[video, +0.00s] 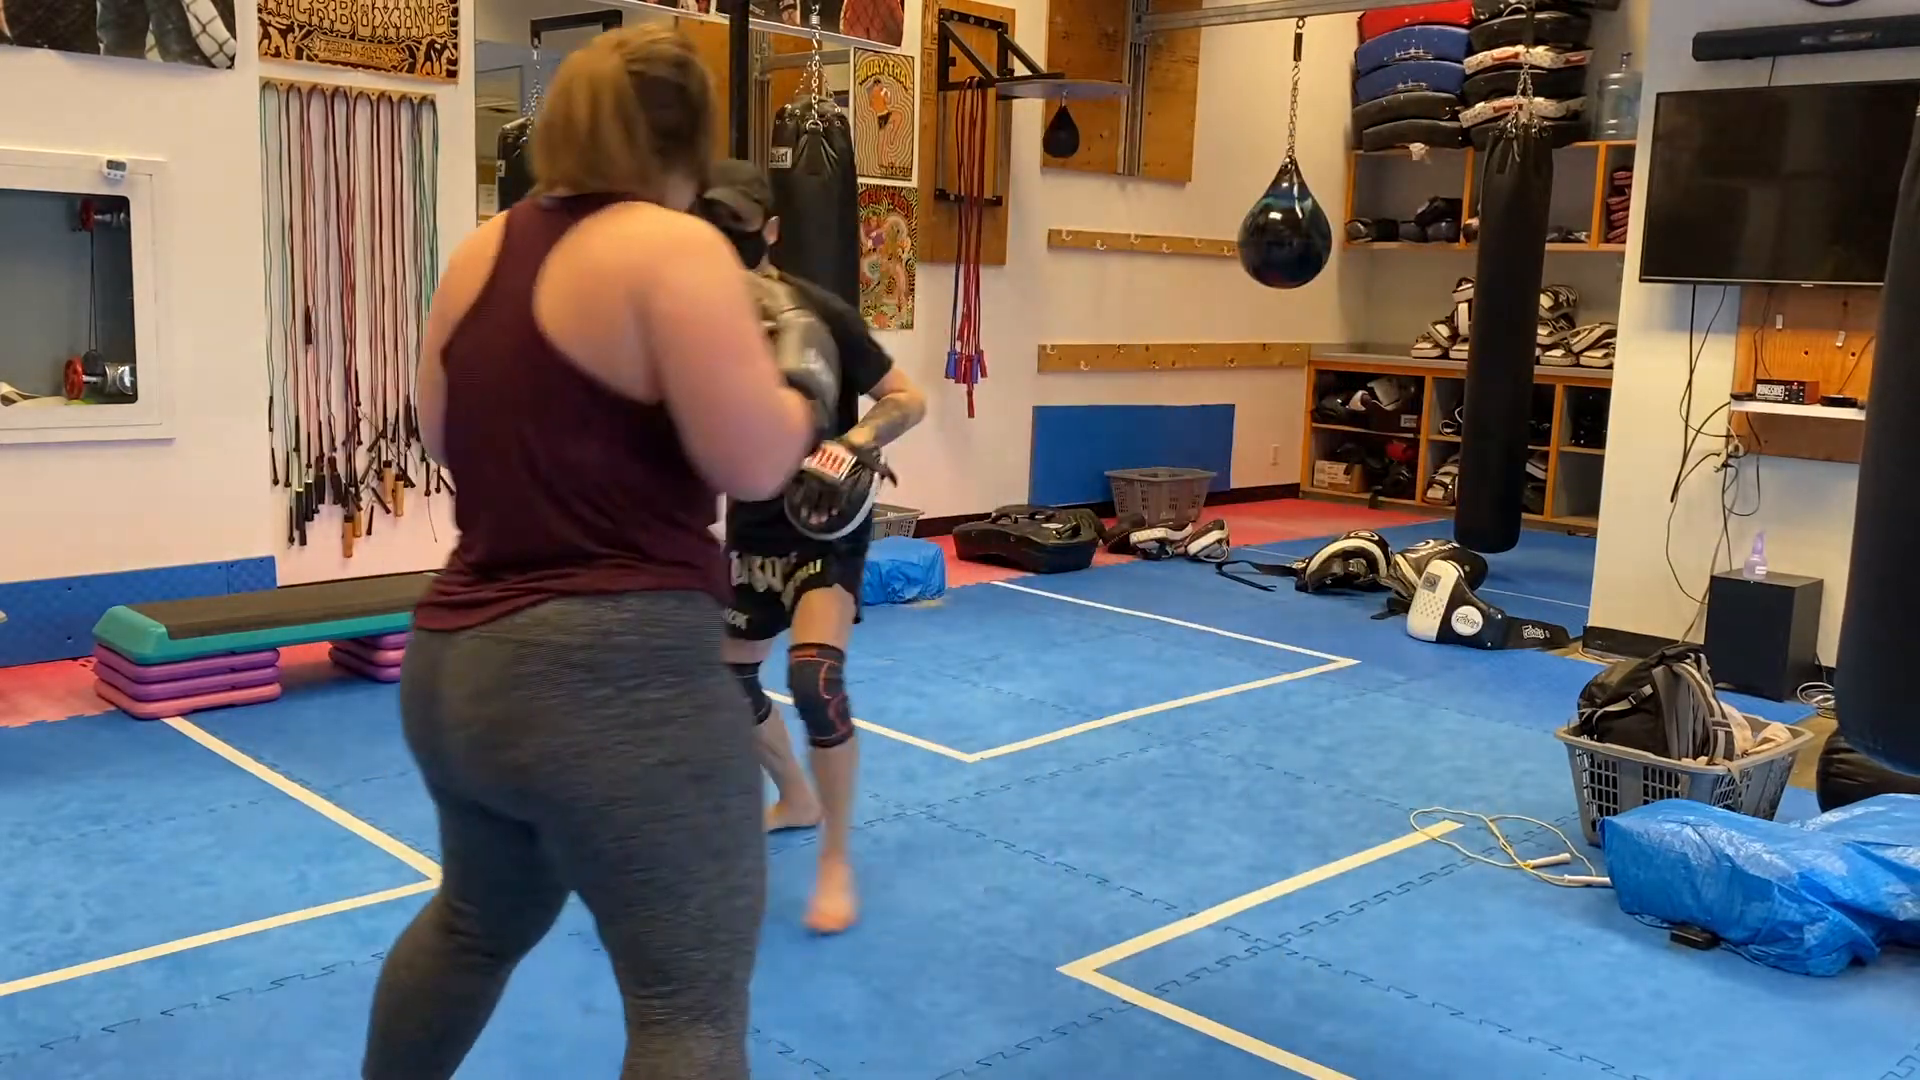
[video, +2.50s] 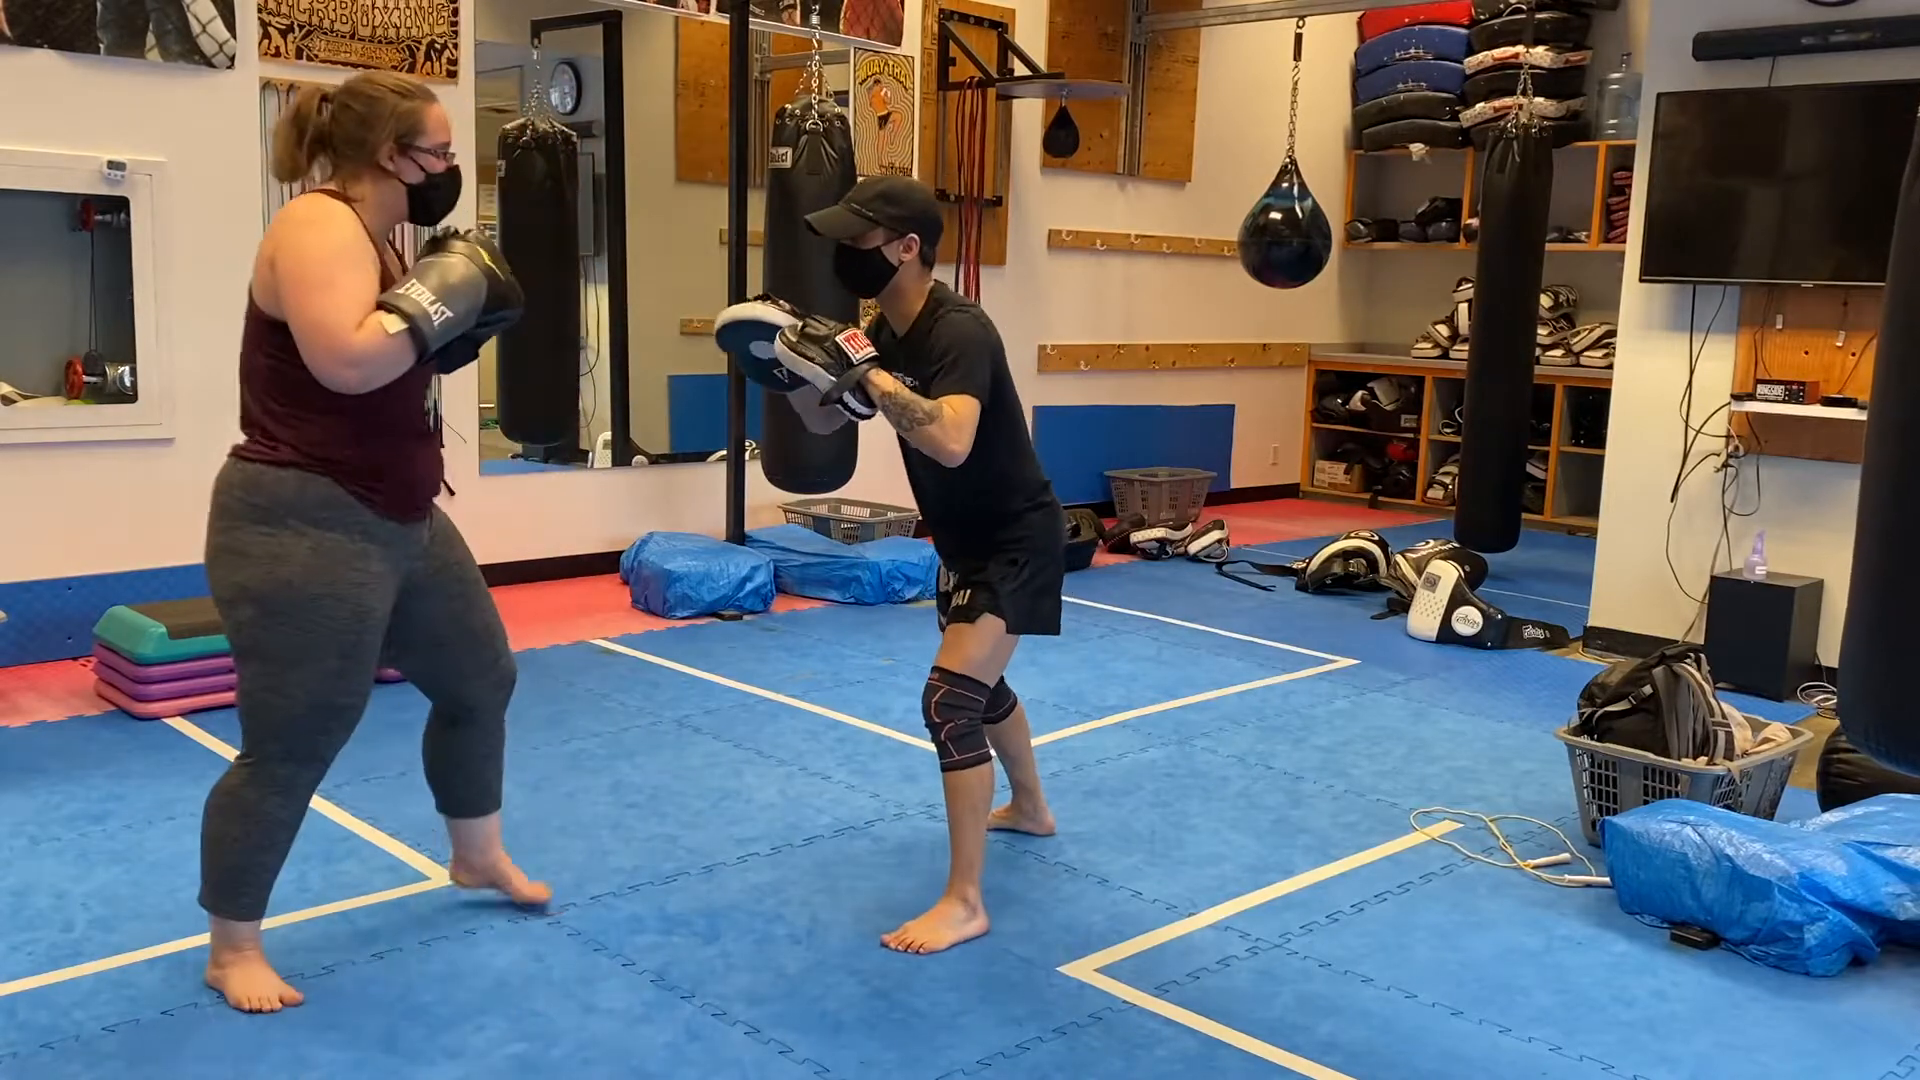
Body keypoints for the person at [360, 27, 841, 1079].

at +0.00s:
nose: (713, 149)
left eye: (706, 132)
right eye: (707, 132)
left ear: (566, 125)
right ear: (685, 136)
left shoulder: (481, 248)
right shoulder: (674, 248)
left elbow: (443, 432)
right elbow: (756, 463)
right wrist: (801, 366)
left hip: (461, 653)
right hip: (620, 671)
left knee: (477, 918)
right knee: (689, 1009)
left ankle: (391, 1071)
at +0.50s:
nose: (558, 133)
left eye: (557, 111)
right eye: (548, 109)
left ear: (428, 106)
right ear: (504, 109)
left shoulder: (351, 230)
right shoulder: (507, 222)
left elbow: (434, 389)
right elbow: (603, 428)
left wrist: (575, 303)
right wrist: (663, 346)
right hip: (443, 656)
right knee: (415, 1011)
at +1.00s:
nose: (583, 171)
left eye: (582, 151)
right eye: (569, 152)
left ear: (506, 162)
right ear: (514, 162)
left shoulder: (498, 271)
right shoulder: (433, 272)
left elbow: (589, 291)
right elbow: (513, 456)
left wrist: (681, 263)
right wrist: (600, 358)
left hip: (465, 629)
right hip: (399, 638)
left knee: (510, 790)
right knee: (411, 952)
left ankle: (444, 997)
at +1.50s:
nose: (562, 210)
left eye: (564, 194)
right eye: (550, 192)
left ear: (531, 193)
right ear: (499, 186)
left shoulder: (527, 281)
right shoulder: (405, 272)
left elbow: (549, 375)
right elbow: (386, 408)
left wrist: (622, 327)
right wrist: (508, 337)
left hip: (508, 568)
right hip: (416, 570)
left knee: (523, 728)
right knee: (442, 820)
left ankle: (476, 880)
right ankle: (340, 1055)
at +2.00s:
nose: (514, 187)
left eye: (520, 171)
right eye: (508, 169)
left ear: (431, 151)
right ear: (468, 154)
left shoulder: (385, 224)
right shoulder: (450, 224)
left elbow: (445, 348)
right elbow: (496, 355)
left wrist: (535, 302)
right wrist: (560, 309)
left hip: (392, 497)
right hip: (447, 499)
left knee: (463, 708)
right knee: (503, 717)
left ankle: (478, 888)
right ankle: (474, 950)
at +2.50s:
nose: (444, 170)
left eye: (446, 156)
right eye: (432, 155)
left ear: (386, 155)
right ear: (379, 152)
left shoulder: (387, 236)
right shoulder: (318, 225)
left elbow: (394, 371)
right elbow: (344, 359)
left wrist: (456, 323)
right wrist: (443, 301)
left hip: (401, 514)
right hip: (302, 519)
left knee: (478, 679)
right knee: (289, 744)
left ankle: (478, 853)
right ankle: (234, 945)